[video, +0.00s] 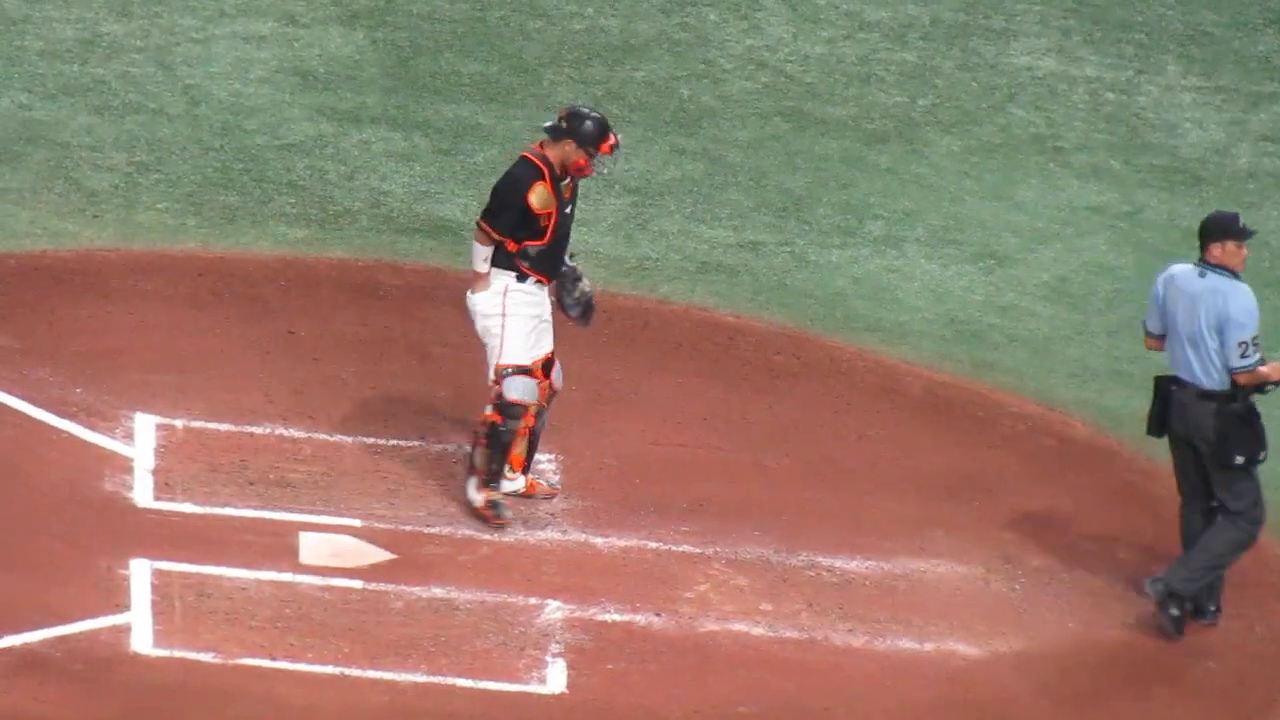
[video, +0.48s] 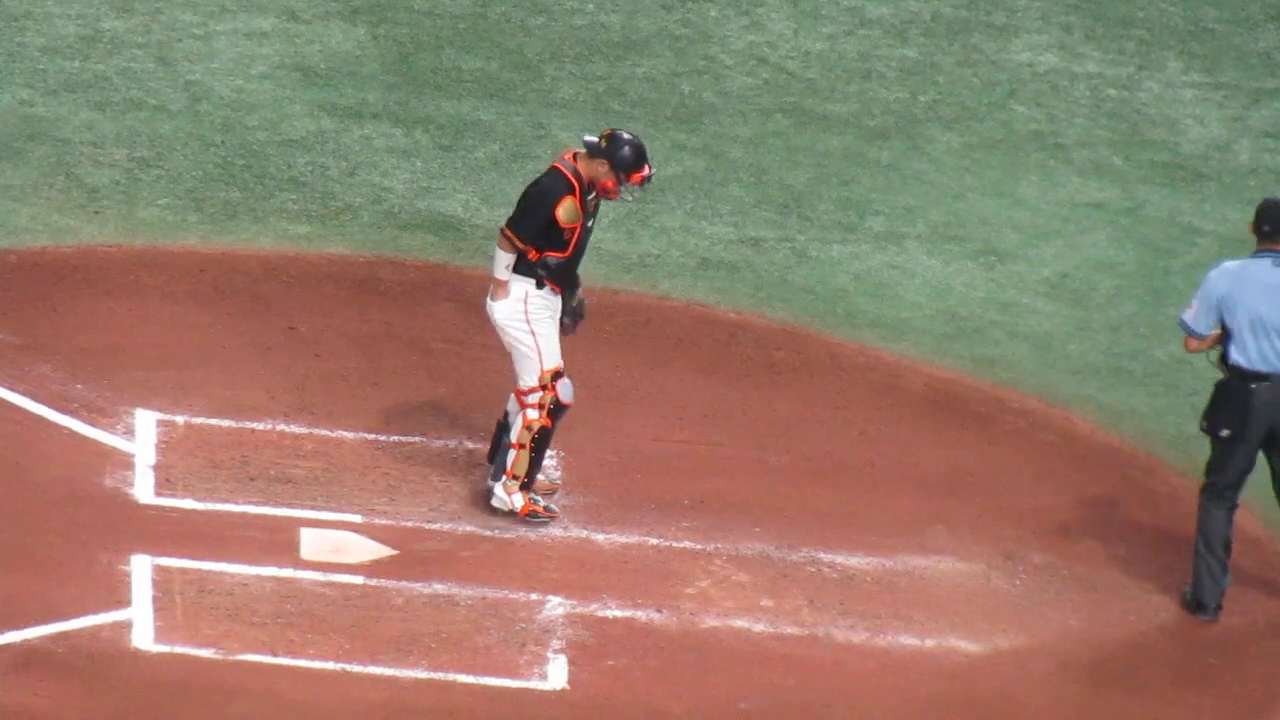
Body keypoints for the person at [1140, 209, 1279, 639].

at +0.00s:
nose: (1246, 251)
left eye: (1244, 244)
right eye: (1241, 245)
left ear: (1210, 249)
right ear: (1219, 249)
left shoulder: (1171, 277)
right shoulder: (1237, 296)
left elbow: (1154, 340)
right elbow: (1243, 374)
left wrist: (1200, 339)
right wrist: (1269, 372)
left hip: (1178, 404)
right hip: (1218, 413)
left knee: (1196, 504)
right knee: (1244, 515)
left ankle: (1205, 599)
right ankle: (1173, 588)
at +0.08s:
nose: (1256, 247)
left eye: (1254, 239)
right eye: (1250, 240)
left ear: (1218, 244)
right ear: (1229, 243)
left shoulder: (1179, 273)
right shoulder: (1247, 290)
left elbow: (1160, 339)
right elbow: (1253, 368)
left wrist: (1207, 340)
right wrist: (1276, 369)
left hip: (1188, 399)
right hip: (1230, 408)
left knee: (1199, 496)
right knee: (1264, 505)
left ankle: (1204, 594)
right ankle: (1201, 584)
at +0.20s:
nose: (1267, 239)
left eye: (1265, 232)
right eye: (1263, 233)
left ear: (1227, 237)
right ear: (1247, 237)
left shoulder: (1188, 271)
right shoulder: (1264, 284)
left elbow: (1168, 336)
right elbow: (1269, 361)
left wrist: (1215, 339)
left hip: (1202, 396)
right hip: (1249, 401)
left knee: (1205, 496)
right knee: (1273, 494)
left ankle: (1204, 594)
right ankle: (1255, 592)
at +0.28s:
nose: (1273, 240)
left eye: (1270, 233)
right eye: (1270, 234)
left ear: (1233, 236)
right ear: (1257, 238)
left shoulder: (1196, 274)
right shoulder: (1273, 284)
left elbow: (1171, 339)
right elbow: (1278, 361)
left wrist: (1216, 336)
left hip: (1214, 397)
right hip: (1262, 401)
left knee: (1208, 497)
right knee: (1276, 499)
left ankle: (1205, 599)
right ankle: (1277, 601)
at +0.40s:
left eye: (1279, 233)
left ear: (1245, 235)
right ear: (1276, 237)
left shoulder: (1212, 276)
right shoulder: (1278, 274)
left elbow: (1181, 341)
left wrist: (1224, 331)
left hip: (1231, 398)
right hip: (1275, 399)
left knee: (1214, 496)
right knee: (1279, 493)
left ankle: (1206, 598)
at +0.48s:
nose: (1254, 232)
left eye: (1254, 226)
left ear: (1255, 231)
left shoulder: (1228, 275)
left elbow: (1193, 342)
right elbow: (1195, 341)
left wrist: (1232, 329)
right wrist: (1232, 328)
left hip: (1245, 399)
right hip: (1277, 401)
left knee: (1220, 494)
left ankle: (1207, 596)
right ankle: (1209, 593)